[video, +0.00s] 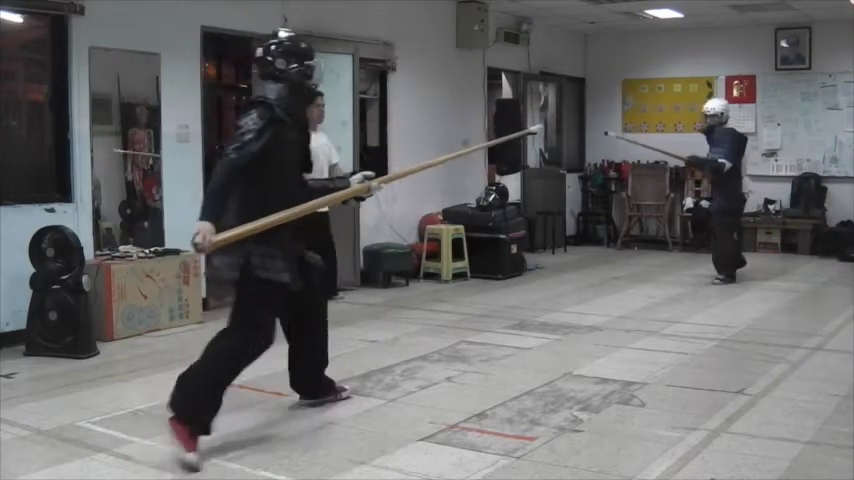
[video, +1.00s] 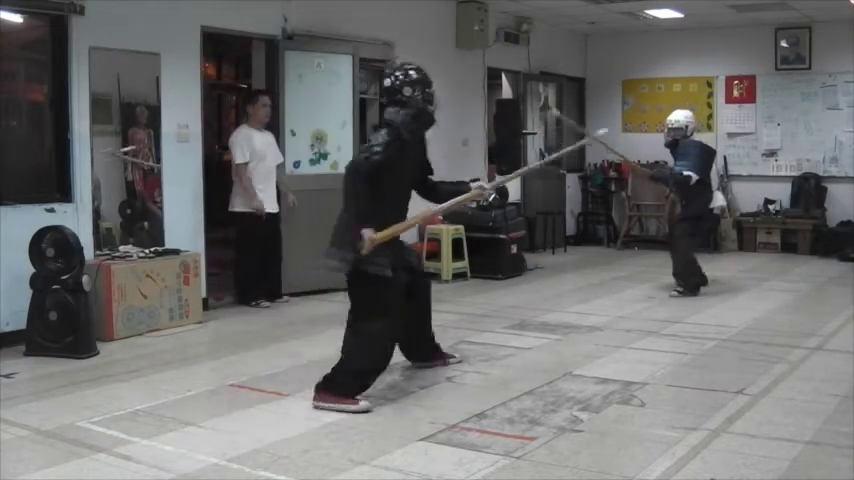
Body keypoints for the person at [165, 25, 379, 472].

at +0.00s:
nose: (311, 79)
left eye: (310, 71)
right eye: (303, 71)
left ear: (288, 75)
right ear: (282, 74)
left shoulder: (292, 120)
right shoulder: (263, 117)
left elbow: (293, 189)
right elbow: (229, 165)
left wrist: (345, 187)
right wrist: (208, 219)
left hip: (288, 241)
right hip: (259, 243)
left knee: (308, 307)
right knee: (251, 332)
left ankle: (311, 382)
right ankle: (187, 410)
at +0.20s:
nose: (339, 67)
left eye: (339, 59)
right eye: (331, 60)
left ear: (319, 64)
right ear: (310, 62)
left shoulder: (319, 109)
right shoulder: (294, 105)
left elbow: (320, 178)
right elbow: (258, 151)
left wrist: (372, 177)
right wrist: (240, 203)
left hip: (300, 226)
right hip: (275, 227)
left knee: (326, 297)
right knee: (302, 306)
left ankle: (315, 383)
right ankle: (280, 400)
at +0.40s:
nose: (360, 68)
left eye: (360, 60)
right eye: (353, 60)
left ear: (337, 63)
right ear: (333, 61)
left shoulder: (336, 110)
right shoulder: (313, 104)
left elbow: (337, 177)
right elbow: (277, 149)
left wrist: (386, 178)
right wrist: (264, 201)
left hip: (316, 226)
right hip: (302, 227)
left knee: (324, 304)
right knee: (348, 301)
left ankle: (318, 385)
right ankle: (328, 389)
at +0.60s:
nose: (378, 75)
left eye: (377, 67)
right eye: (370, 67)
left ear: (353, 71)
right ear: (352, 69)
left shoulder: (354, 114)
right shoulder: (331, 110)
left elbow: (356, 179)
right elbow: (296, 156)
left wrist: (401, 182)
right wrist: (285, 208)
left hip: (338, 228)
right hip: (318, 230)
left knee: (371, 281)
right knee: (355, 305)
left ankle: (347, 377)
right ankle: (333, 390)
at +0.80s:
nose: (397, 82)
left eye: (396, 75)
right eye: (390, 76)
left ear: (372, 80)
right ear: (374, 79)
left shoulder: (378, 122)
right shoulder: (355, 120)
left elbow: (377, 189)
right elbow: (320, 166)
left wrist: (421, 188)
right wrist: (315, 217)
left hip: (360, 230)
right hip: (341, 233)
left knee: (390, 281)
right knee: (375, 315)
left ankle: (409, 349)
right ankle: (333, 391)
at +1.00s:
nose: (431, 101)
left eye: (430, 94)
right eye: (425, 95)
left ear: (403, 97)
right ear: (409, 97)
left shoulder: (412, 137)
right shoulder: (389, 136)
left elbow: (429, 188)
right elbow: (356, 171)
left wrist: (469, 189)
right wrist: (364, 224)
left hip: (387, 238)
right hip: (365, 240)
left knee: (414, 286)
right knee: (376, 314)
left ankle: (423, 353)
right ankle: (335, 389)